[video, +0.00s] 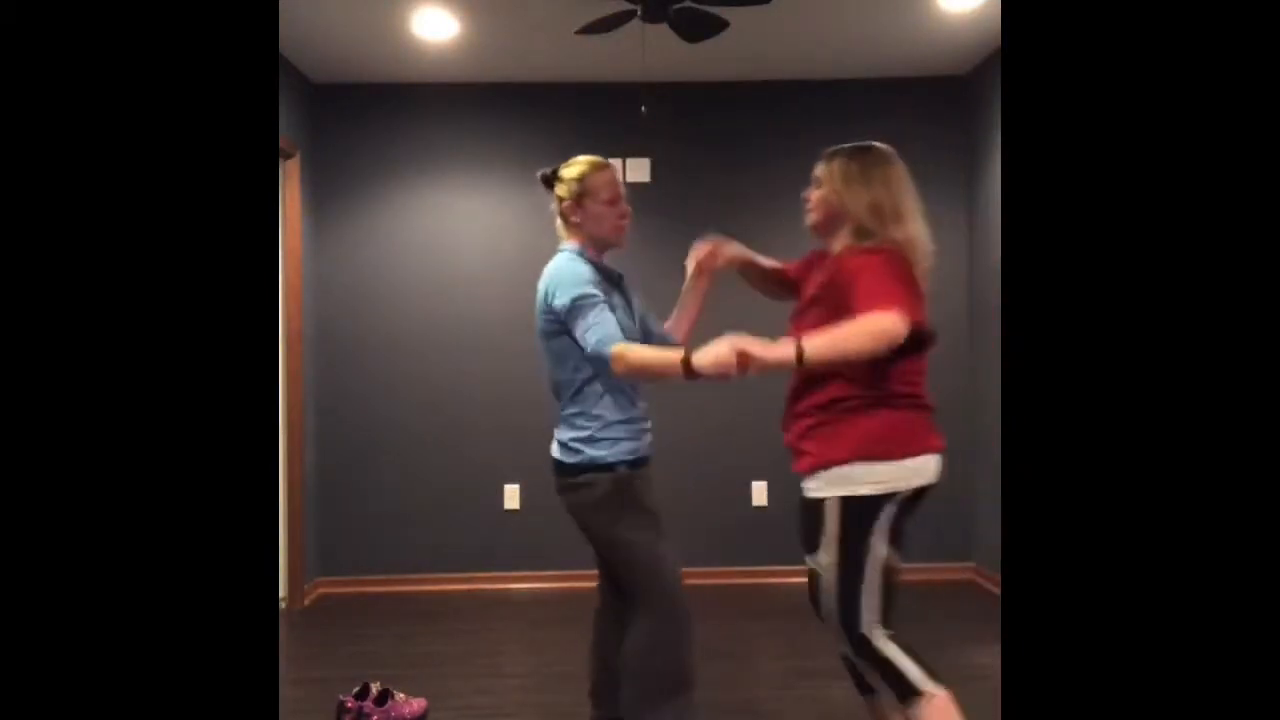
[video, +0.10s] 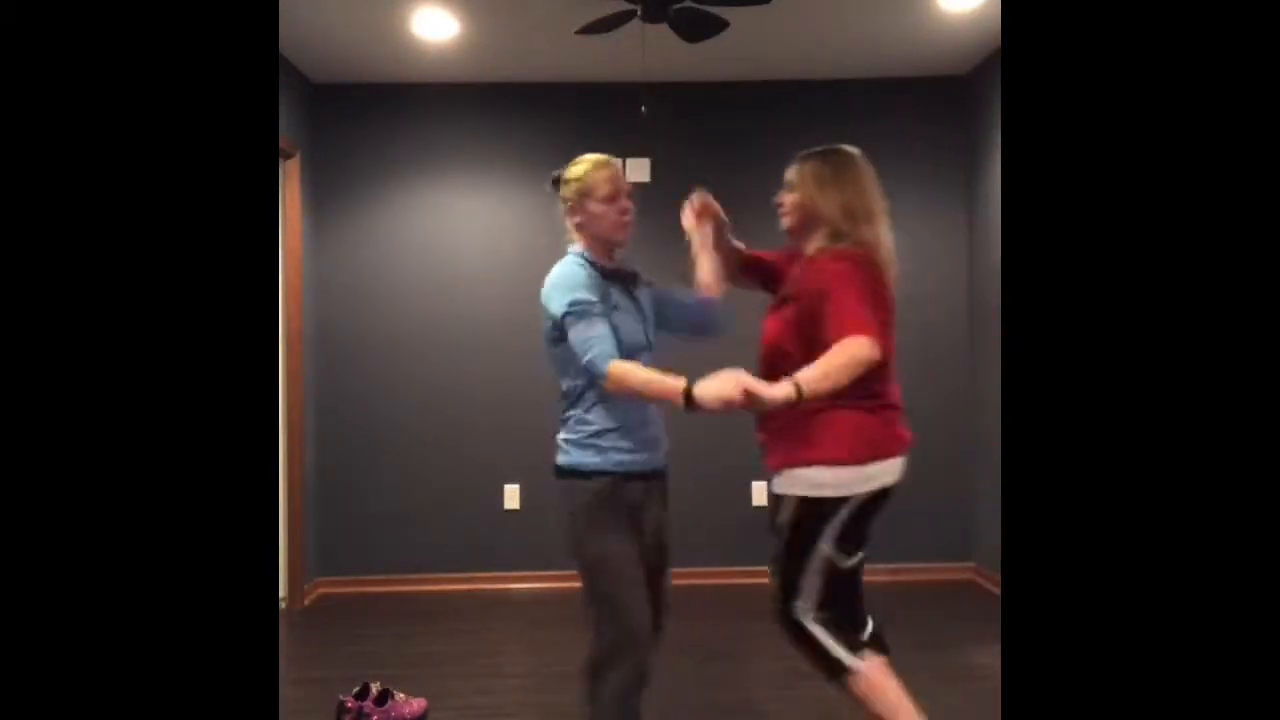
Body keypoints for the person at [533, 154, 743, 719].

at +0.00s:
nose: (624, 210)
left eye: (623, 199)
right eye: (610, 202)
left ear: (614, 206)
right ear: (573, 211)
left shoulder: (602, 276)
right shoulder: (569, 275)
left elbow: (665, 345)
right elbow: (618, 356)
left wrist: (699, 280)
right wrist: (694, 361)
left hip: (620, 465)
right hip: (596, 470)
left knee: (624, 601)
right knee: (661, 601)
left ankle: (612, 707)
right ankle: (656, 709)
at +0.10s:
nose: (628, 208)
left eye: (627, 197)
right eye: (612, 201)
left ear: (628, 204)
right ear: (576, 214)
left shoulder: (629, 285)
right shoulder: (570, 281)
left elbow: (707, 313)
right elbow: (609, 370)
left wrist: (702, 234)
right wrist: (692, 390)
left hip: (644, 475)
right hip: (596, 478)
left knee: (644, 626)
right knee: (626, 629)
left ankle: (613, 706)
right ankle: (610, 709)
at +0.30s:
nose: (635, 213)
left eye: (647, 203)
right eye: (623, 205)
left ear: (673, 217)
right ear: (607, 222)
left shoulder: (689, 274)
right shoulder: (587, 279)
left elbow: (731, 193)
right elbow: (597, 380)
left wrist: (678, 144)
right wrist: (690, 411)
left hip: (684, 494)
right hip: (600, 495)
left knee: (700, 650)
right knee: (611, 661)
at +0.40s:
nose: (635, 231)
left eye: (648, 219)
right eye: (628, 221)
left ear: (681, 224)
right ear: (618, 231)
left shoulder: (711, 287)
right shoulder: (608, 289)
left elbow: (689, 176)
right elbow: (606, 382)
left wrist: (639, 151)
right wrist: (701, 410)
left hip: (691, 504)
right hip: (608, 504)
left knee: (709, 673)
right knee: (606, 679)